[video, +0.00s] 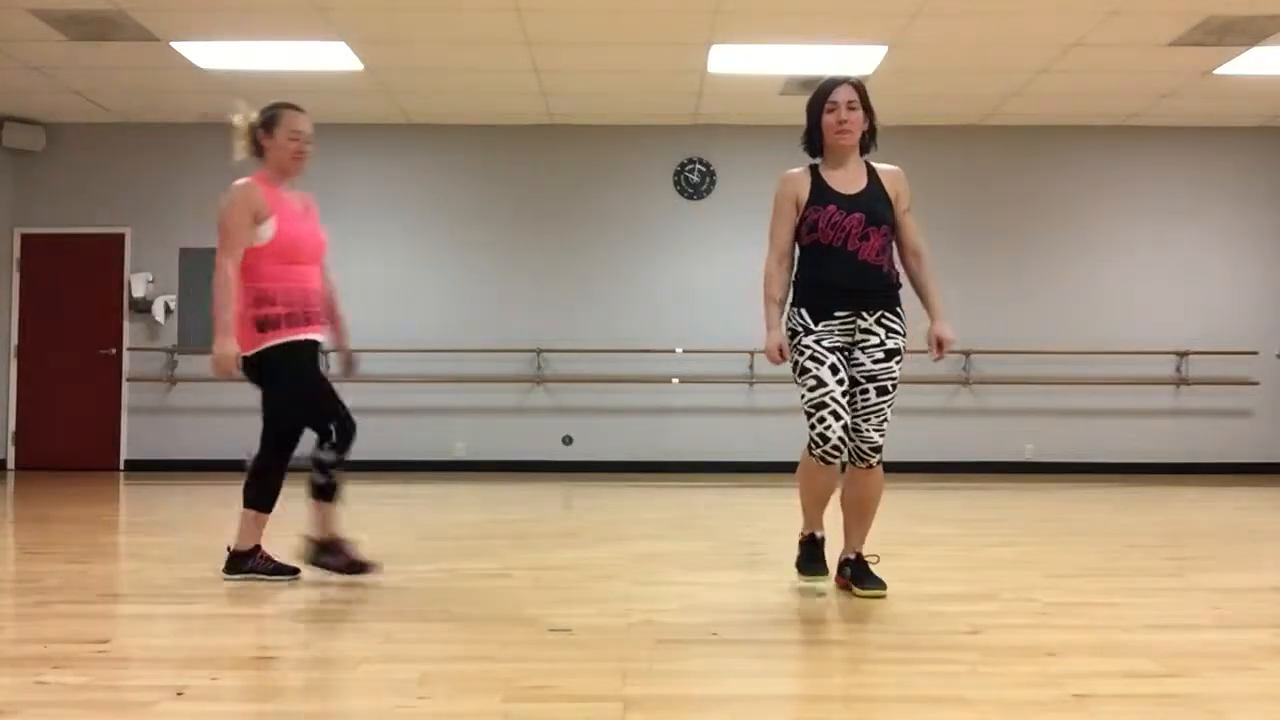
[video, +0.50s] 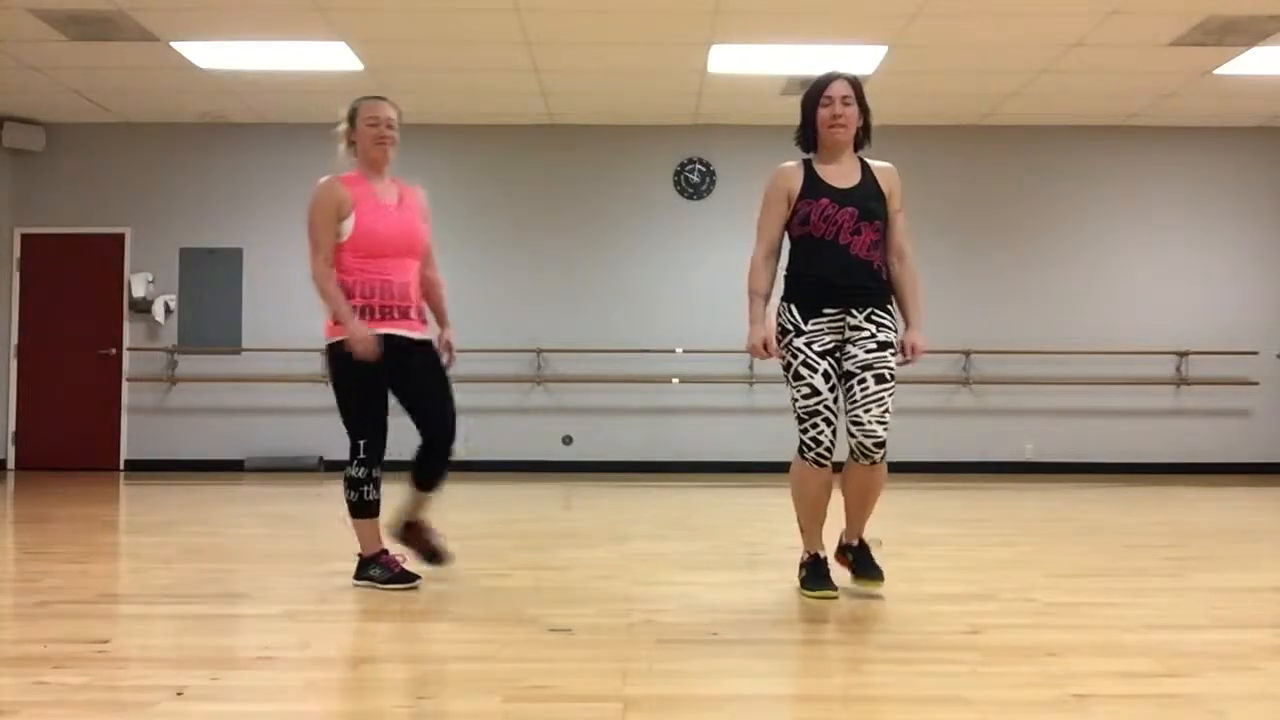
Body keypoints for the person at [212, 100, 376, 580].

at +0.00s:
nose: (304, 149)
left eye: (308, 141)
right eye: (294, 139)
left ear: (311, 145)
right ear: (265, 140)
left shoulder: (304, 202)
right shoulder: (246, 194)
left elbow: (320, 275)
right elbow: (227, 267)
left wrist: (341, 337)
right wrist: (225, 337)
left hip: (302, 340)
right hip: (268, 341)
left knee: (278, 445)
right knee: (338, 427)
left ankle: (245, 550)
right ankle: (323, 538)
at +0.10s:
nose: (325, 151)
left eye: (329, 143)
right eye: (315, 141)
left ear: (332, 148)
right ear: (285, 143)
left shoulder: (327, 205)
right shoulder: (266, 198)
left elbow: (349, 278)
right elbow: (240, 269)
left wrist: (378, 334)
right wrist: (224, 335)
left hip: (327, 343)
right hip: (291, 346)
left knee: (290, 448)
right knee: (344, 441)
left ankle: (246, 549)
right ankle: (368, 554)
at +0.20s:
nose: (343, 148)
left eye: (348, 140)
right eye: (333, 138)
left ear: (350, 147)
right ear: (304, 142)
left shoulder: (348, 203)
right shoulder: (286, 197)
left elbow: (371, 277)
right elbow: (264, 272)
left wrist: (407, 336)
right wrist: (238, 339)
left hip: (354, 342)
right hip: (314, 342)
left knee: (327, 447)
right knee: (358, 442)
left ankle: (258, 537)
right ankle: (371, 555)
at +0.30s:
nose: (358, 142)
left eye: (363, 135)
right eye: (347, 134)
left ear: (366, 143)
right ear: (321, 141)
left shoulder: (371, 201)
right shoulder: (307, 196)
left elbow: (391, 277)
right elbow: (288, 271)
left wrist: (422, 333)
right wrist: (273, 343)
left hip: (376, 339)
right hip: (333, 339)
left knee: (382, 443)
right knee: (363, 443)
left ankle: (298, 513)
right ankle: (371, 555)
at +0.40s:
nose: (372, 137)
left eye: (377, 129)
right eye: (360, 129)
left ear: (383, 139)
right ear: (336, 138)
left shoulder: (394, 200)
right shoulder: (321, 194)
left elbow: (407, 271)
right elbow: (308, 271)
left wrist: (431, 325)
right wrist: (315, 337)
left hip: (395, 339)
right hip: (345, 340)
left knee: (424, 436)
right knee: (366, 443)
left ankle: (349, 502)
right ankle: (371, 556)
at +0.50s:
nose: (384, 132)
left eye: (391, 126)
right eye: (373, 124)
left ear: (398, 136)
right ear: (351, 134)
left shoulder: (412, 196)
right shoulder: (333, 191)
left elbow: (426, 268)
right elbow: (321, 269)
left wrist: (444, 323)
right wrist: (350, 323)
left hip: (410, 338)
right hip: (356, 338)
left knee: (441, 430)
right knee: (368, 443)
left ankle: (412, 520)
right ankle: (371, 554)